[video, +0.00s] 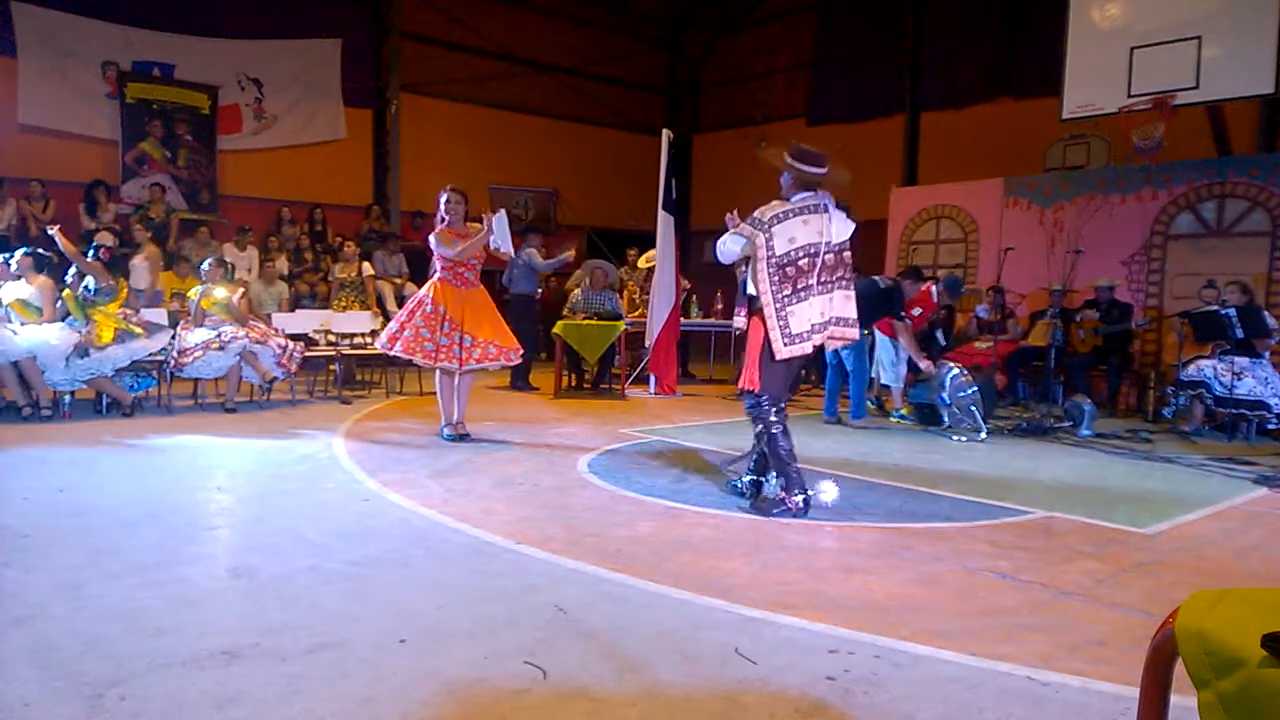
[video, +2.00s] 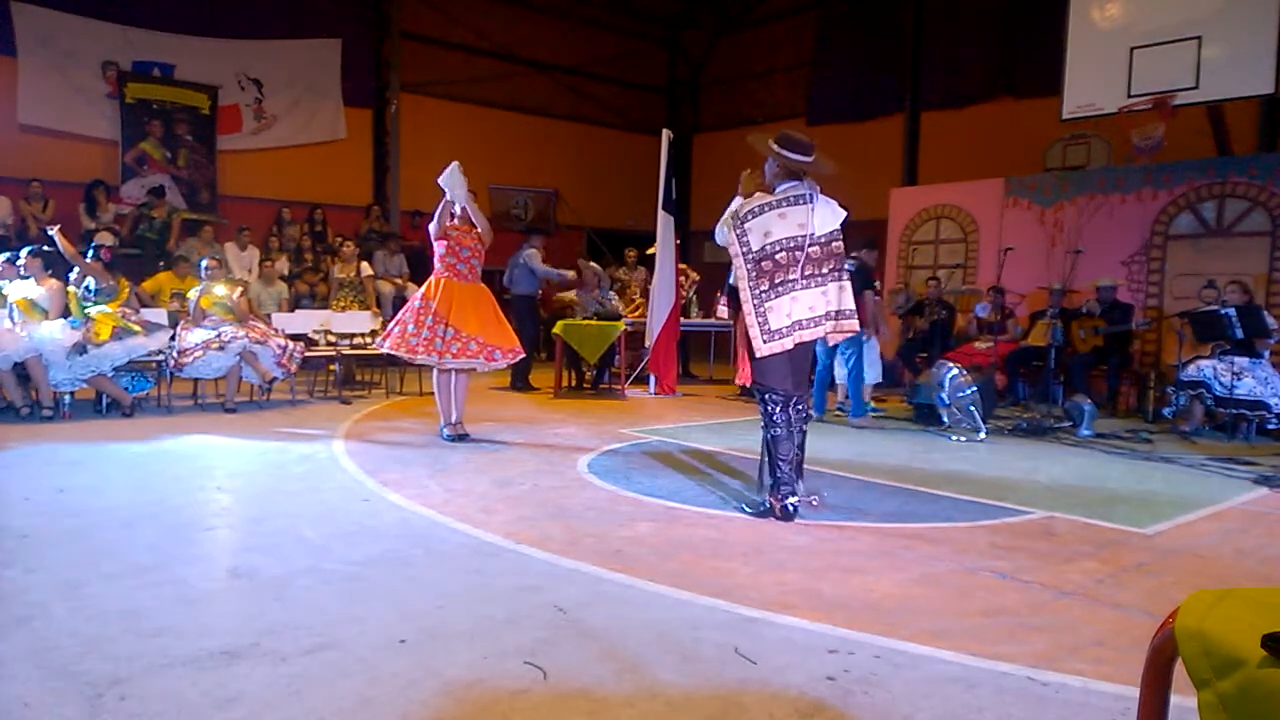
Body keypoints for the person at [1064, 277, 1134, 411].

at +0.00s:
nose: (1099, 294)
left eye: (1103, 291)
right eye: (1097, 291)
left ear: (1111, 292)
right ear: (1095, 292)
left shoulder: (1124, 308)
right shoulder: (1090, 305)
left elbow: (1119, 320)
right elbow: (1067, 314)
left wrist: (1098, 317)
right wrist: (1079, 316)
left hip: (1116, 350)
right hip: (1096, 349)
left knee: (1115, 366)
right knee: (1075, 363)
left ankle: (1111, 404)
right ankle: (1084, 400)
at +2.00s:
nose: (1104, 294)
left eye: (1108, 291)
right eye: (1101, 291)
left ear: (1114, 292)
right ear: (1097, 292)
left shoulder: (1125, 308)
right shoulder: (1092, 306)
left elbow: (1118, 320)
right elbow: (1068, 317)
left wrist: (1099, 312)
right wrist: (1082, 311)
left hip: (1117, 349)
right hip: (1096, 349)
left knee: (1114, 365)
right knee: (1077, 362)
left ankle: (1111, 403)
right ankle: (1083, 399)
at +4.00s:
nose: (1112, 294)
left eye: (1115, 290)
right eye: (1108, 290)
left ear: (1118, 292)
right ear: (1101, 292)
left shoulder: (1126, 308)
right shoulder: (1092, 305)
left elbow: (1121, 319)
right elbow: (1066, 315)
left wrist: (1098, 315)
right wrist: (1079, 314)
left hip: (1117, 350)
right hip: (1096, 348)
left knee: (1114, 366)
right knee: (1077, 363)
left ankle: (1111, 404)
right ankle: (1083, 400)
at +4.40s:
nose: (1113, 294)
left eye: (1116, 290)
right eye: (1110, 290)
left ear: (1119, 292)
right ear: (1102, 292)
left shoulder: (1127, 308)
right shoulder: (1093, 305)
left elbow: (1122, 322)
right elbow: (1069, 315)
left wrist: (1101, 316)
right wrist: (1081, 316)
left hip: (1118, 350)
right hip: (1097, 349)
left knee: (1115, 368)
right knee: (1077, 364)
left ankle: (1111, 404)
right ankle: (1083, 400)